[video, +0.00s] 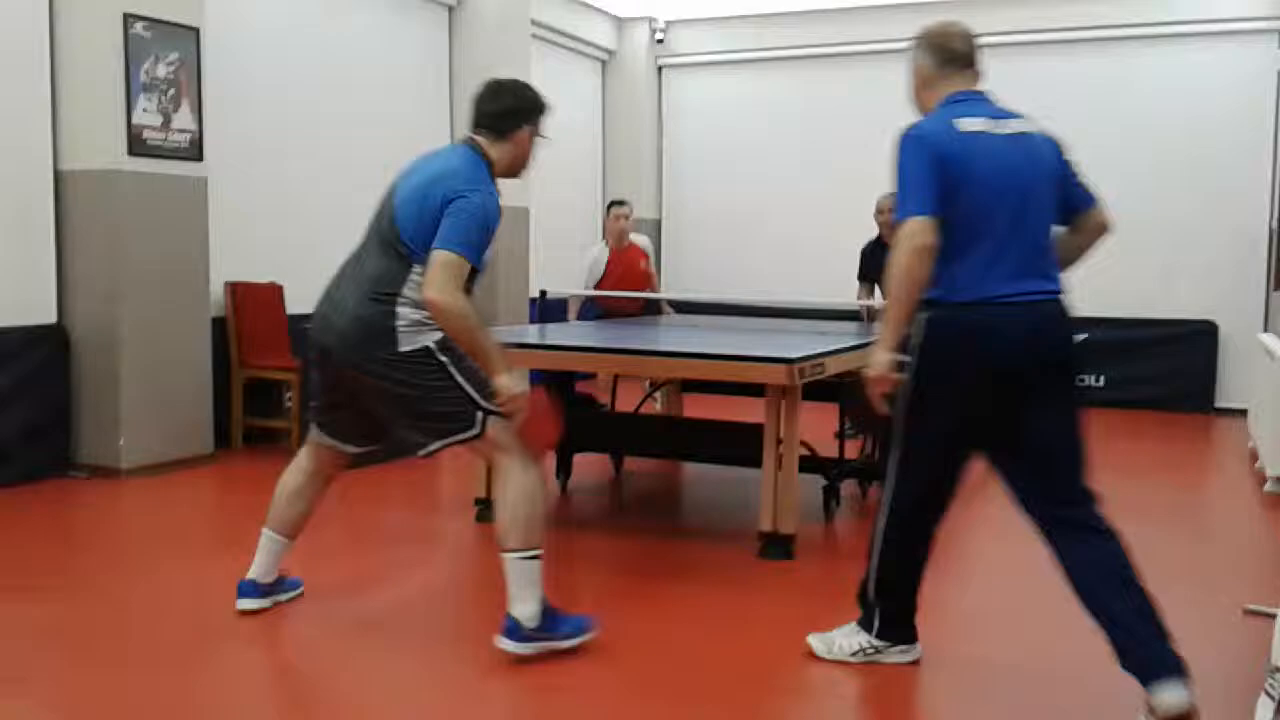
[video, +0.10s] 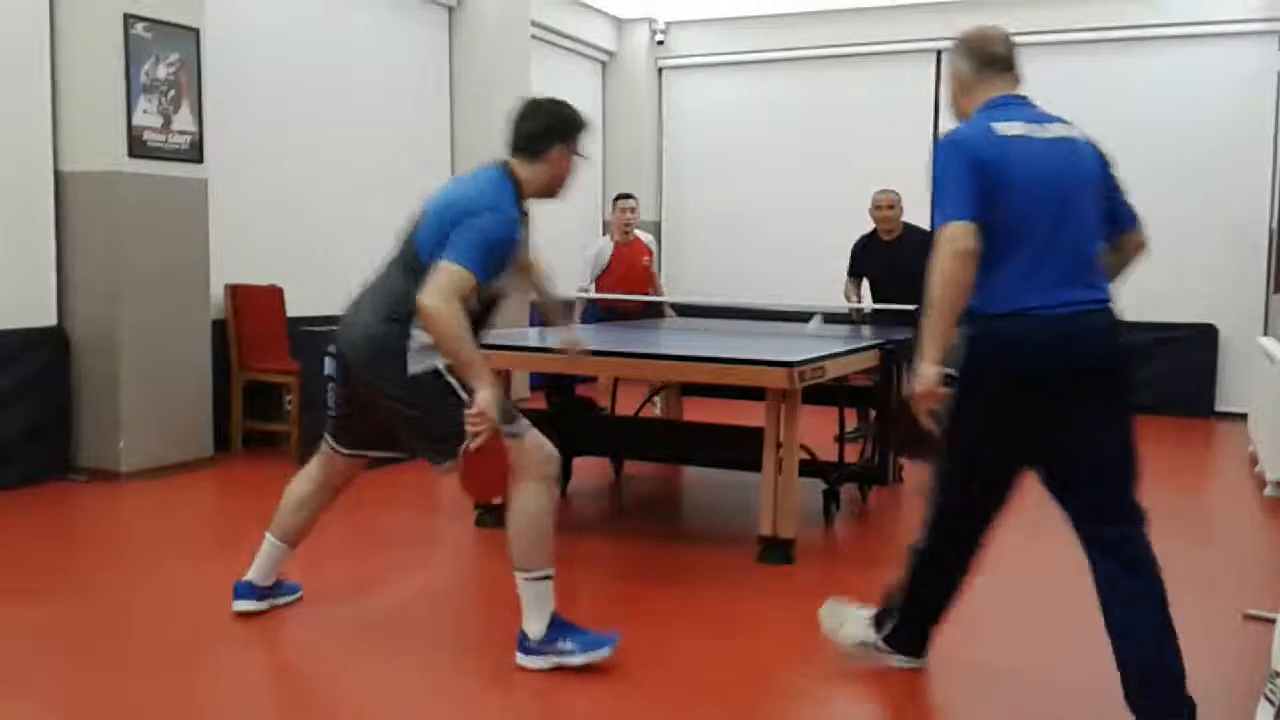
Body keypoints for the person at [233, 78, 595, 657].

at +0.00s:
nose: (534, 149)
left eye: (535, 137)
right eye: (535, 137)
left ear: (481, 126)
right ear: (518, 134)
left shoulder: (435, 165)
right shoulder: (475, 193)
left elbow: (396, 263)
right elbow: (442, 294)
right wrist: (497, 370)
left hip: (336, 332)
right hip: (396, 339)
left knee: (321, 454)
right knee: (515, 454)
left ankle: (258, 579)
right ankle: (528, 616)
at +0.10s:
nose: (572, 169)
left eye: (573, 157)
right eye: (571, 156)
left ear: (527, 148)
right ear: (552, 155)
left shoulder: (485, 186)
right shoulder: (496, 213)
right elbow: (437, 302)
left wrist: (549, 301)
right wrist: (484, 384)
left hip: (357, 349)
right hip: (404, 360)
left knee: (332, 464)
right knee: (539, 461)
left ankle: (257, 580)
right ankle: (541, 630)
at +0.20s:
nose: (630, 174)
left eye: (632, 162)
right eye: (628, 162)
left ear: (584, 155)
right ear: (604, 160)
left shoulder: (549, 189)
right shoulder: (544, 213)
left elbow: (586, 231)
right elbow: (497, 309)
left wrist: (614, 284)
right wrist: (565, 372)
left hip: (404, 340)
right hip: (450, 353)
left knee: (358, 446)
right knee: (557, 462)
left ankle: (273, 557)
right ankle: (545, 627)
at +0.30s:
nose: (698, 179)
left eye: (699, 166)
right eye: (692, 166)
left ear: (648, 157)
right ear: (660, 161)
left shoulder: (603, 193)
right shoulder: (604, 216)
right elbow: (622, 331)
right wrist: (732, 363)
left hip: (455, 335)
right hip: (486, 353)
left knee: (413, 445)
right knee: (586, 480)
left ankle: (331, 549)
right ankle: (546, 637)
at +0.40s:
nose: (756, 163)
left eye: (758, 149)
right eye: (754, 148)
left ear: (707, 133)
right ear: (724, 142)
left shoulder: (643, 166)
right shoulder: (668, 213)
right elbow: (742, 339)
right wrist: (844, 322)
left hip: (496, 320)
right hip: (528, 340)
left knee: (493, 445)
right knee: (606, 489)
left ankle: (444, 562)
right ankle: (545, 634)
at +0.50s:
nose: (806, 145)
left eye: (809, 132)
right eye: (805, 130)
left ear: (749, 115)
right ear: (777, 122)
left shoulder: (682, 144)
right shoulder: (747, 207)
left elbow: (602, 190)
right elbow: (808, 318)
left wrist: (569, 268)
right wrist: (885, 336)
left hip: (553, 321)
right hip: (580, 344)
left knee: (608, 477)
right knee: (621, 503)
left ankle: (607, 596)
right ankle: (545, 633)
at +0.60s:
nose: (847, 103)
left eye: (851, 90)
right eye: (849, 90)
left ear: (787, 74)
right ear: (831, 86)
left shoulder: (712, 119)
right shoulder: (807, 168)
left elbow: (620, 185)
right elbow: (830, 296)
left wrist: (583, 252)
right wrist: (848, 391)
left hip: (629, 324)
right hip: (650, 342)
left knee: (714, 473)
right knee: (656, 501)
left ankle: (763, 629)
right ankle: (559, 621)